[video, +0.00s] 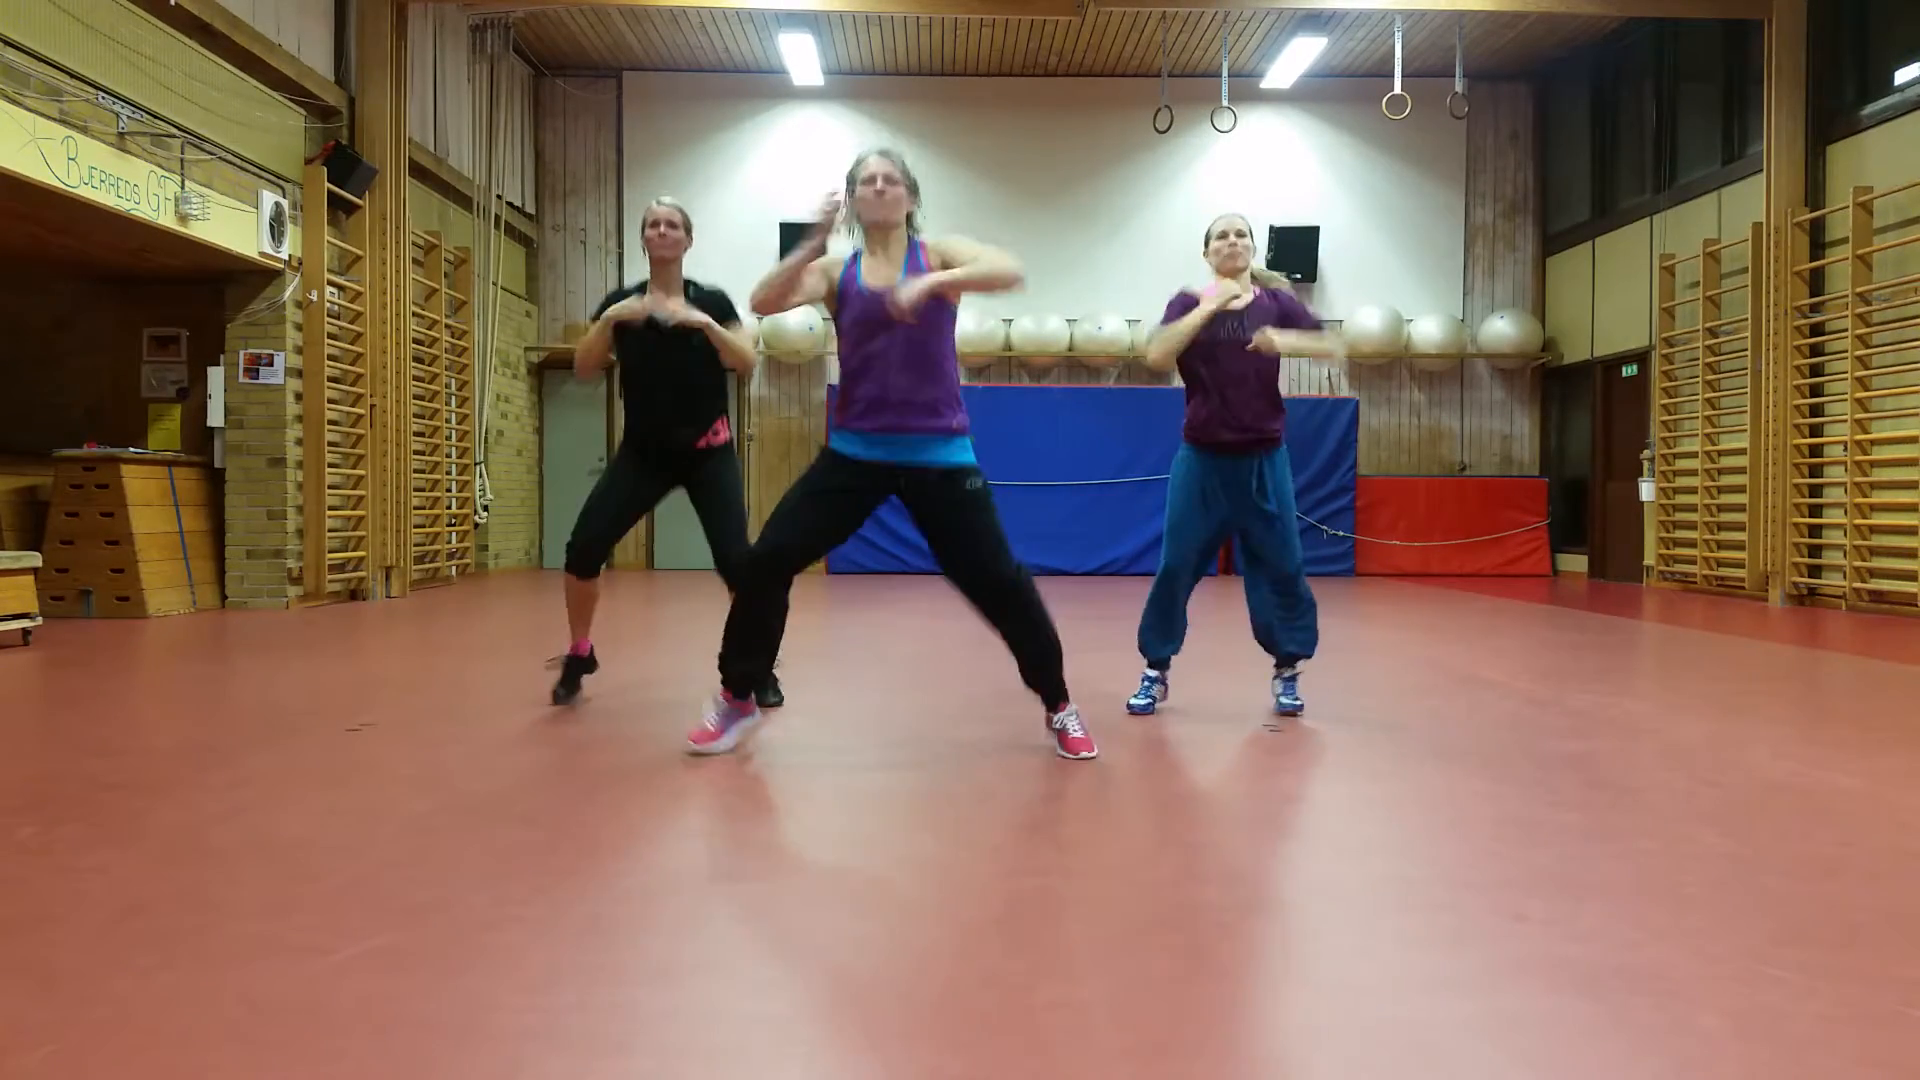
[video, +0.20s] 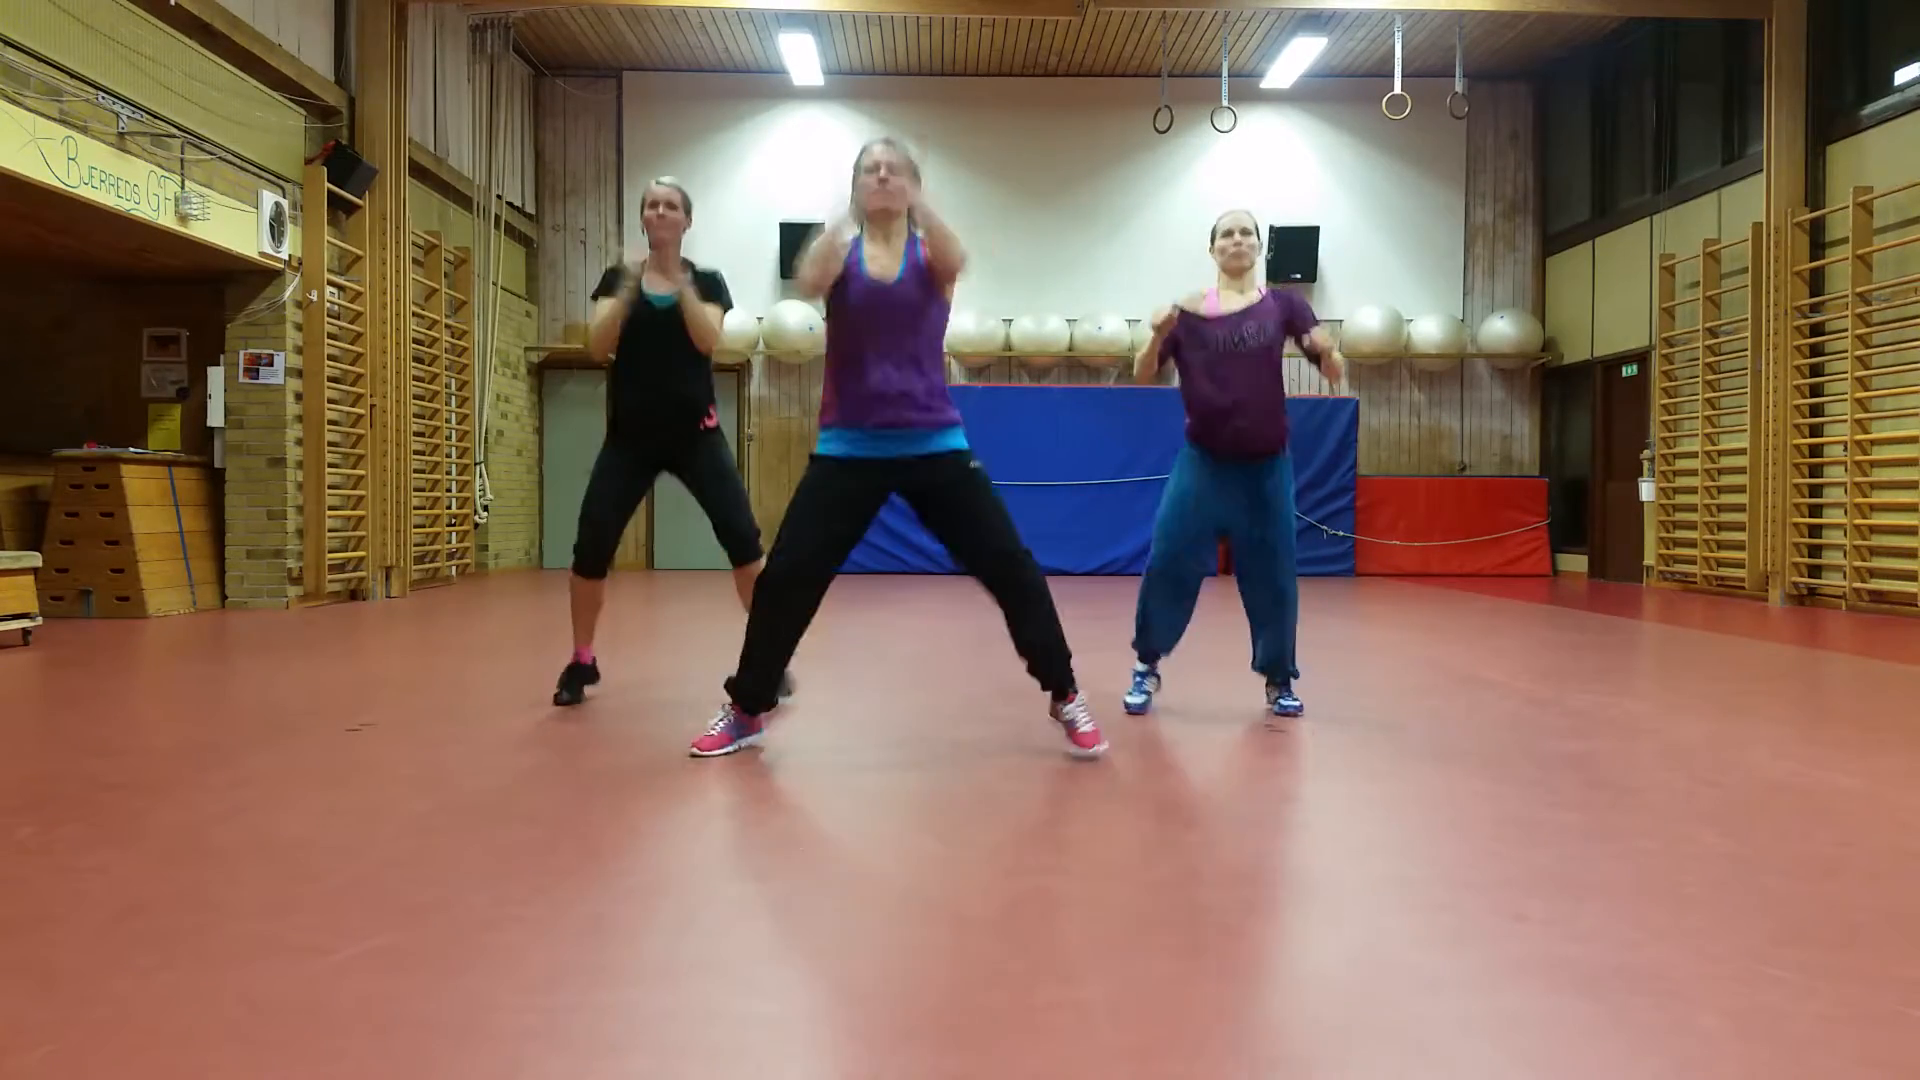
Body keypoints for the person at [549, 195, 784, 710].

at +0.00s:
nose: (660, 232)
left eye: (671, 226)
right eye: (652, 225)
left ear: (688, 240)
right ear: (642, 239)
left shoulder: (712, 301)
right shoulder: (619, 304)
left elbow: (746, 363)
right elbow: (584, 368)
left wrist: (704, 323)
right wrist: (617, 319)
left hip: (708, 451)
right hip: (644, 452)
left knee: (737, 561)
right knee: (583, 548)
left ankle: (761, 666)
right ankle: (578, 653)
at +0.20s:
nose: (658, 214)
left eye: (668, 207)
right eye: (650, 206)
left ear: (687, 220)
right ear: (640, 218)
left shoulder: (707, 281)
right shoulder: (618, 279)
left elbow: (710, 340)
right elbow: (600, 348)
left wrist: (683, 288)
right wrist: (626, 293)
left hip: (695, 436)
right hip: (630, 437)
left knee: (744, 540)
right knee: (591, 546)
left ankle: (772, 658)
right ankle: (581, 660)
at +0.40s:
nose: (663, 239)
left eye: (673, 232)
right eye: (655, 231)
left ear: (691, 244)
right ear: (645, 242)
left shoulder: (712, 303)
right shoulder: (627, 305)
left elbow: (711, 360)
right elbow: (607, 368)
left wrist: (683, 314)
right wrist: (634, 317)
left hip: (695, 453)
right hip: (631, 457)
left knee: (742, 558)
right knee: (587, 561)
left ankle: (774, 659)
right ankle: (584, 661)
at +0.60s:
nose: (665, 231)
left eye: (675, 223)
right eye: (657, 224)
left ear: (694, 235)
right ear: (647, 236)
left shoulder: (720, 294)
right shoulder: (627, 295)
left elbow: (744, 337)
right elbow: (594, 361)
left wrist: (689, 297)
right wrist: (603, 328)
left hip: (706, 452)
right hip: (640, 452)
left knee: (745, 560)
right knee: (573, 544)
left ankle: (776, 665)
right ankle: (559, 651)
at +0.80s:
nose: (659, 241)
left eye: (669, 233)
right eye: (651, 234)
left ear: (688, 245)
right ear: (642, 244)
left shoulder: (705, 305)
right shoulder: (618, 293)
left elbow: (734, 336)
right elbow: (561, 319)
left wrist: (682, 284)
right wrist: (610, 335)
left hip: (680, 453)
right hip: (615, 453)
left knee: (750, 535)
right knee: (580, 562)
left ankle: (781, 640)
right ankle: (559, 667)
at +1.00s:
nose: (656, 227)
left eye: (666, 220)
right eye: (648, 219)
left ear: (682, 232)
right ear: (636, 231)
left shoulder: (703, 287)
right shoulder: (618, 291)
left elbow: (744, 301)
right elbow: (558, 307)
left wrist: (681, 290)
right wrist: (617, 292)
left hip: (698, 452)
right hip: (633, 451)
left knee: (740, 562)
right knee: (568, 544)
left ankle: (767, 670)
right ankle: (556, 653)